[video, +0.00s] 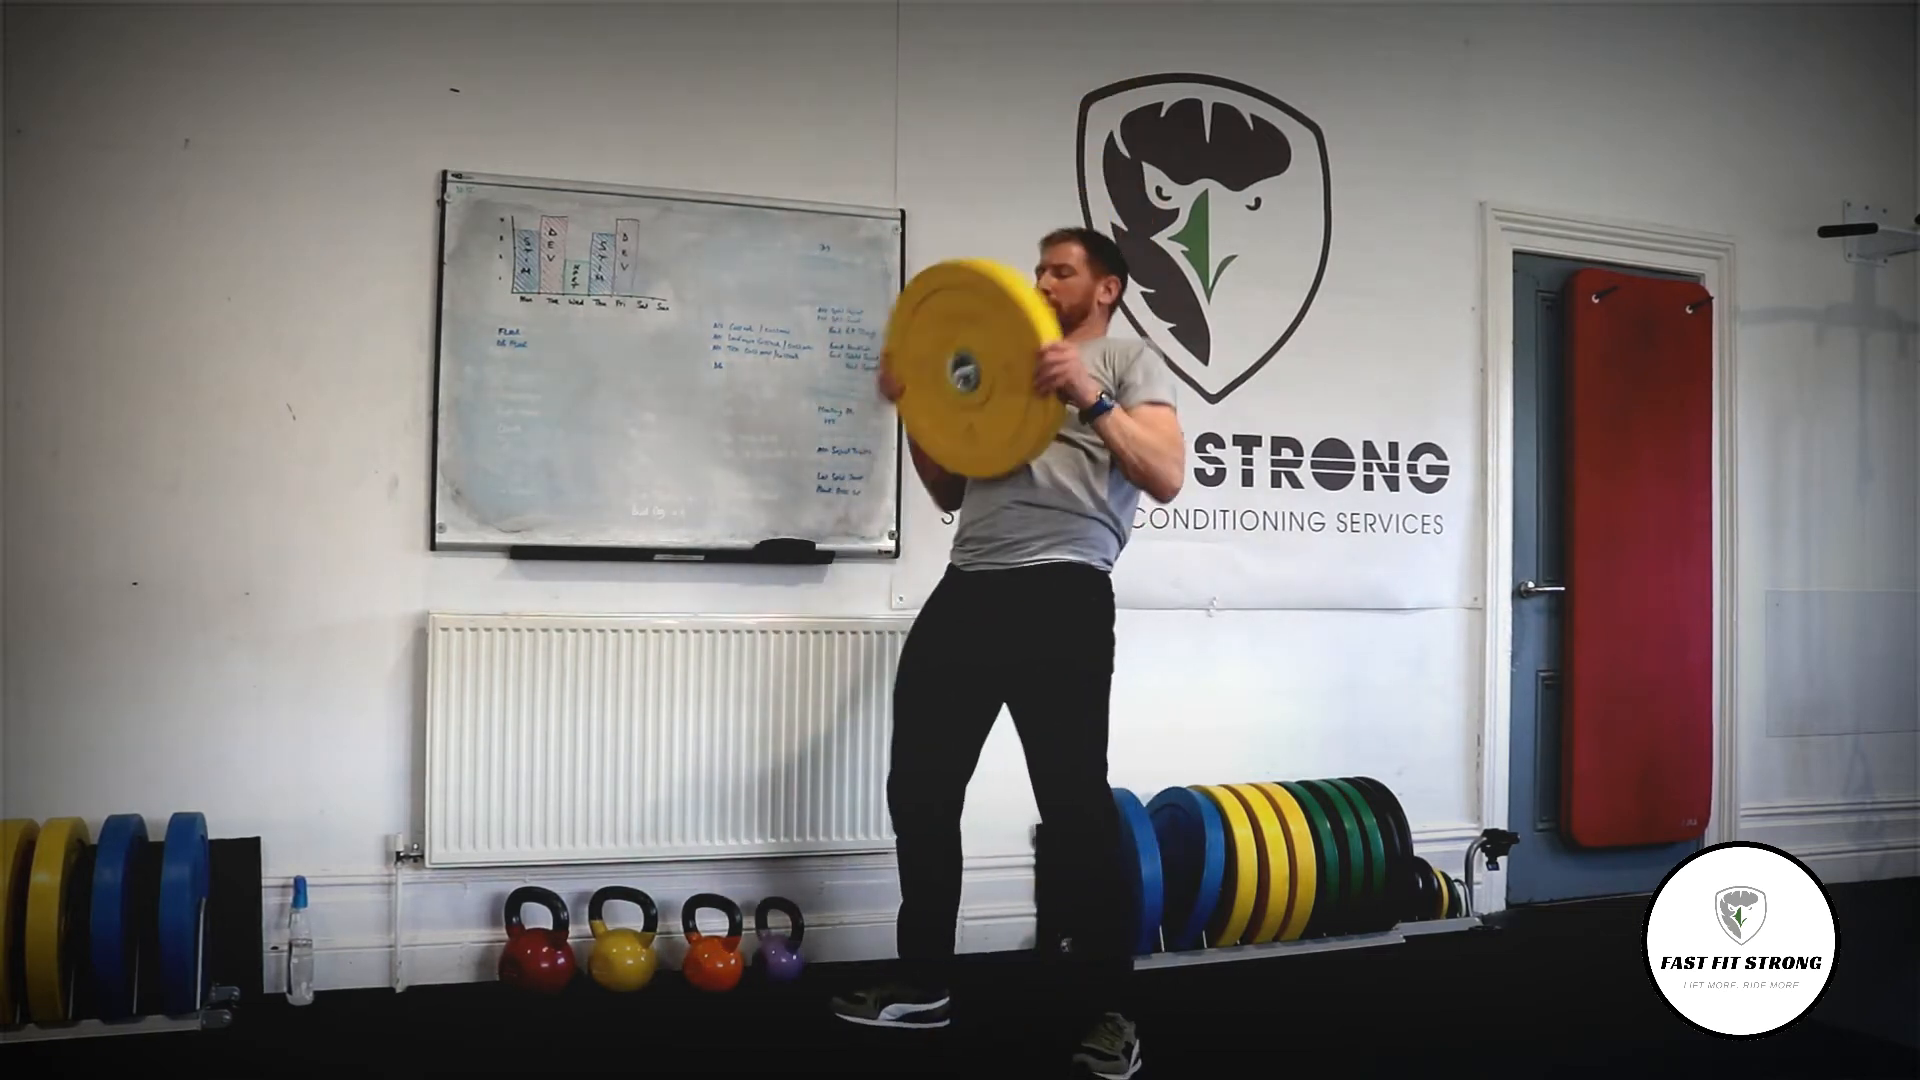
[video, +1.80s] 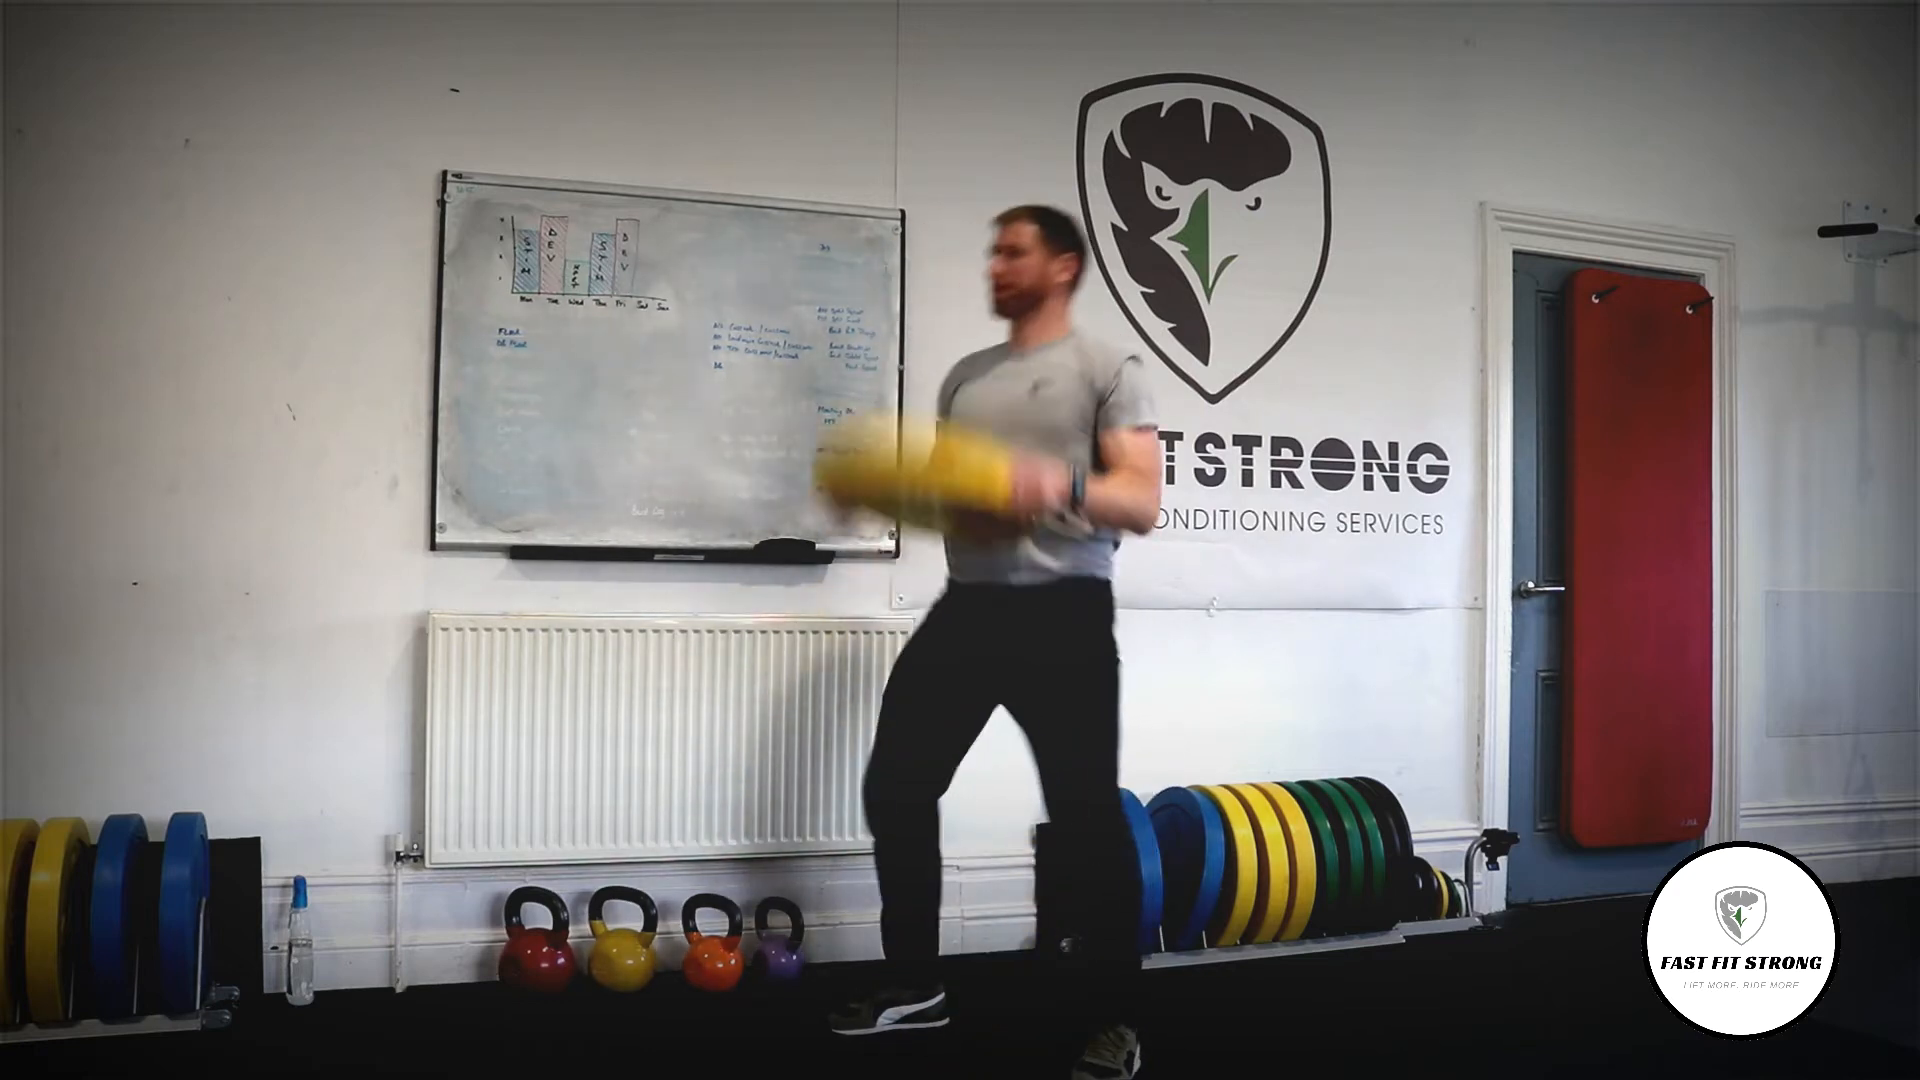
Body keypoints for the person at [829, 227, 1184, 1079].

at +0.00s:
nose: (1045, 283)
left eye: (1063, 271)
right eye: (1040, 272)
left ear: (1108, 288)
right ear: (1035, 284)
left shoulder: (1131, 356)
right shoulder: (1005, 359)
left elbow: (1167, 475)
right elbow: (950, 492)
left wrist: (1092, 396)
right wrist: (912, 407)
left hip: (1063, 591)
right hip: (968, 589)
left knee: (1073, 802)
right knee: (921, 793)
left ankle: (1101, 1011)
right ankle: (924, 989)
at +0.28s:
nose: (1008, 283)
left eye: (1023, 267)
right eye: (1001, 270)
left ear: (1072, 262)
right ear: (998, 271)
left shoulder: (1112, 339)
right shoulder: (988, 348)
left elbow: (1157, 451)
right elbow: (947, 460)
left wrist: (1078, 509)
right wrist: (886, 509)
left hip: (1085, 597)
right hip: (991, 596)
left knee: (1094, 798)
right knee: (945, 788)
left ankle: (1109, 1007)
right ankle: (929, 983)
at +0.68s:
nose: (910, 355)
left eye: (923, 336)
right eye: (899, 338)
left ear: (970, 312)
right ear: (891, 328)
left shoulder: (1047, 382)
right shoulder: (904, 401)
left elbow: (1078, 519)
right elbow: (906, 531)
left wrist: (1082, 655)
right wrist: (889, 652)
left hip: (1096, 605)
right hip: (1002, 612)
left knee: (1111, 800)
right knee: (937, 770)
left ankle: (1119, 1009)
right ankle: (917, 982)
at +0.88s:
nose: (884, 477)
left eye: (894, 458)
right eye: (872, 463)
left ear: (939, 429)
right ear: (860, 455)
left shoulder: (1030, 499)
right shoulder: (877, 530)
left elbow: (1051, 647)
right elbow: (887, 660)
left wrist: (1059, 793)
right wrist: (883, 785)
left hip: (1103, 657)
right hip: (995, 668)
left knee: (1131, 823)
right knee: (876, 780)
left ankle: (1117, 1020)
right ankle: (915, 982)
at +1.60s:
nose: (907, 370)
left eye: (925, 356)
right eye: (905, 356)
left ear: (980, 366)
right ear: (904, 368)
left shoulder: (1036, 453)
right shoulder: (903, 468)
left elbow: (1119, 568)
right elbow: (918, 580)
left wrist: (1066, 679)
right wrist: (884, 681)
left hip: (1098, 653)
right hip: (999, 657)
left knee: (1122, 834)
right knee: (884, 783)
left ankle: (1117, 1025)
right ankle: (915, 987)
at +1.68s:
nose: (933, 313)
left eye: (952, 299)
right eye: (932, 299)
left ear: (1003, 315)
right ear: (931, 316)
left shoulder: (1059, 408)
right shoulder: (924, 419)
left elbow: (1138, 526)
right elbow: (940, 529)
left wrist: (1074, 596)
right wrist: (891, 598)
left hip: (1089, 635)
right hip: (985, 637)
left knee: (1112, 821)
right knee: (891, 790)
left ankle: (1120, 1026)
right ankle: (915, 991)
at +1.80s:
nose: (996, 266)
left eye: (1014, 252)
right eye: (994, 254)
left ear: (1065, 267)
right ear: (997, 269)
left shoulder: (1108, 368)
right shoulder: (965, 379)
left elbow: (1142, 502)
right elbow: (952, 503)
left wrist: (1060, 492)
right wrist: (877, 489)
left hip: (1066, 616)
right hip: (968, 613)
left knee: (1085, 811)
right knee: (897, 788)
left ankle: (1108, 1018)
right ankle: (916, 989)